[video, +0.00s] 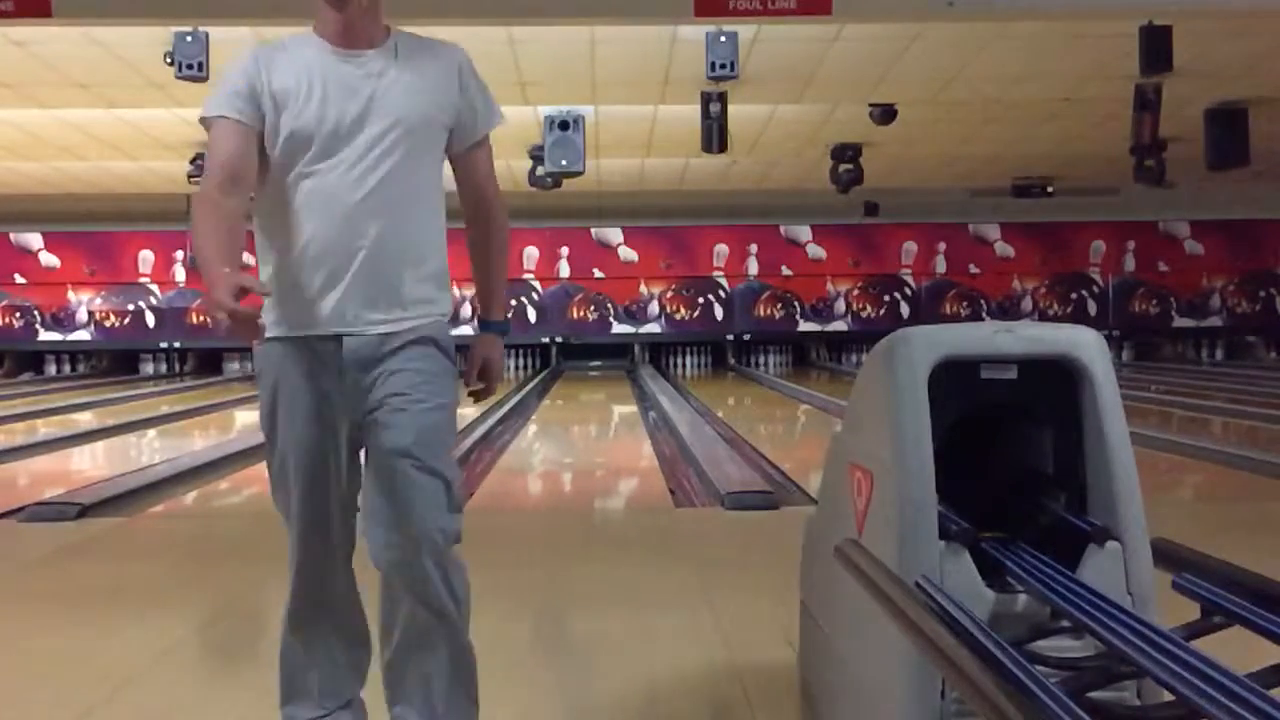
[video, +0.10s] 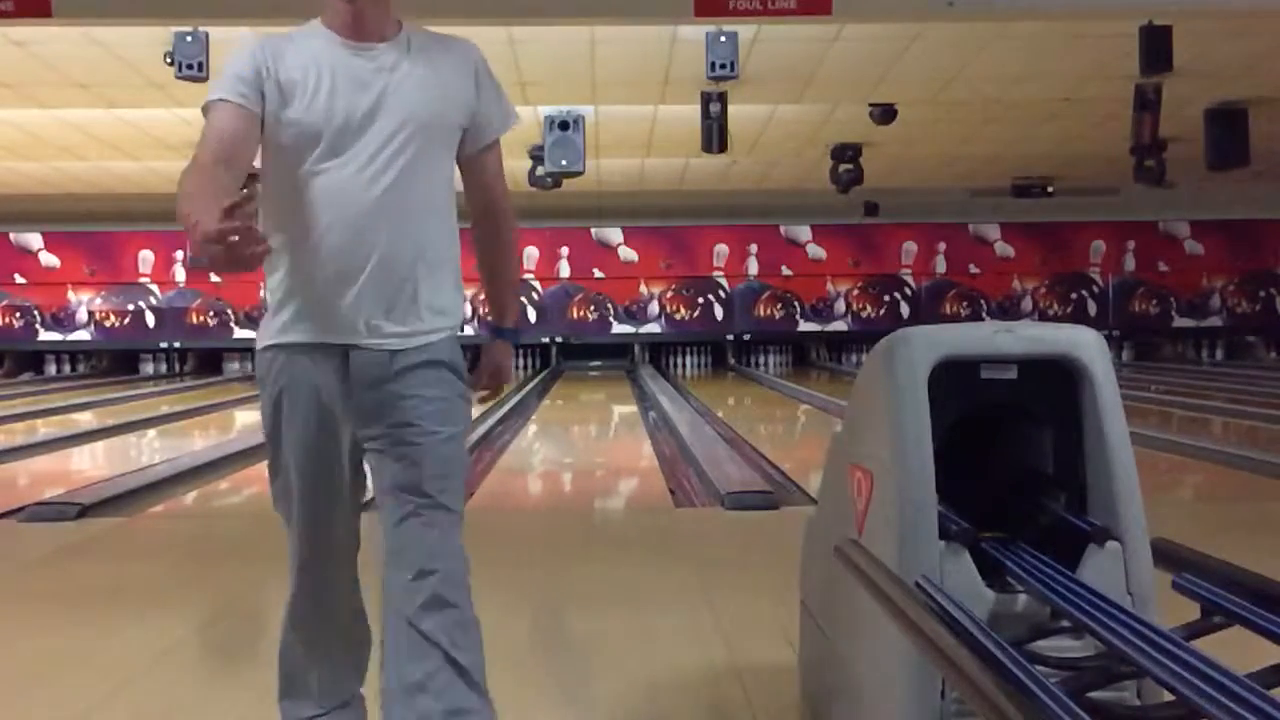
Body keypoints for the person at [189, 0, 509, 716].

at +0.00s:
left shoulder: (445, 67)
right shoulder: (260, 70)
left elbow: (483, 207)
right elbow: (222, 184)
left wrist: (490, 326)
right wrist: (219, 274)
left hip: (411, 340)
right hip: (297, 345)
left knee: (418, 539)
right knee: (317, 550)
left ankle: (435, 712)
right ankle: (324, 709)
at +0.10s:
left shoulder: (458, 64)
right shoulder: (265, 60)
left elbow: (491, 209)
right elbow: (214, 161)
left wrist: (504, 327)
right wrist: (209, 230)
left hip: (423, 346)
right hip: (302, 347)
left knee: (429, 536)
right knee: (320, 549)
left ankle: (441, 710)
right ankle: (324, 708)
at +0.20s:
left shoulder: (479, 58)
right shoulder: (275, 46)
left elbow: (504, 211)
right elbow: (230, 147)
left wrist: (514, 335)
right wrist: (208, 221)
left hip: (440, 354)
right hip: (312, 356)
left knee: (436, 577)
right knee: (319, 576)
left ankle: (439, 715)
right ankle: (318, 713)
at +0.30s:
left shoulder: (504, 39)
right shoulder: (293, 21)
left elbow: (526, 201)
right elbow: (246, 149)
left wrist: (537, 344)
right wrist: (209, 247)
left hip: (464, 345)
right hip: (329, 348)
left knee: (461, 590)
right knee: (321, 585)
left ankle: (448, 714)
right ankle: (319, 708)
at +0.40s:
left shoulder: (523, 14)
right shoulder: (297, 8)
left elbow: (557, 190)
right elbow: (256, 163)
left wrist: (574, 341)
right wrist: (222, 318)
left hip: (482, 345)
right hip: (335, 344)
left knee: (473, 621)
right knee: (329, 626)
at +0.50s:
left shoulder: (548, 8)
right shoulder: (300, 6)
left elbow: (595, 172)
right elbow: (266, 179)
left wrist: (617, 322)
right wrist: (252, 362)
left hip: (500, 338)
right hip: (346, 332)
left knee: (472, 627)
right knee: (376, 616)